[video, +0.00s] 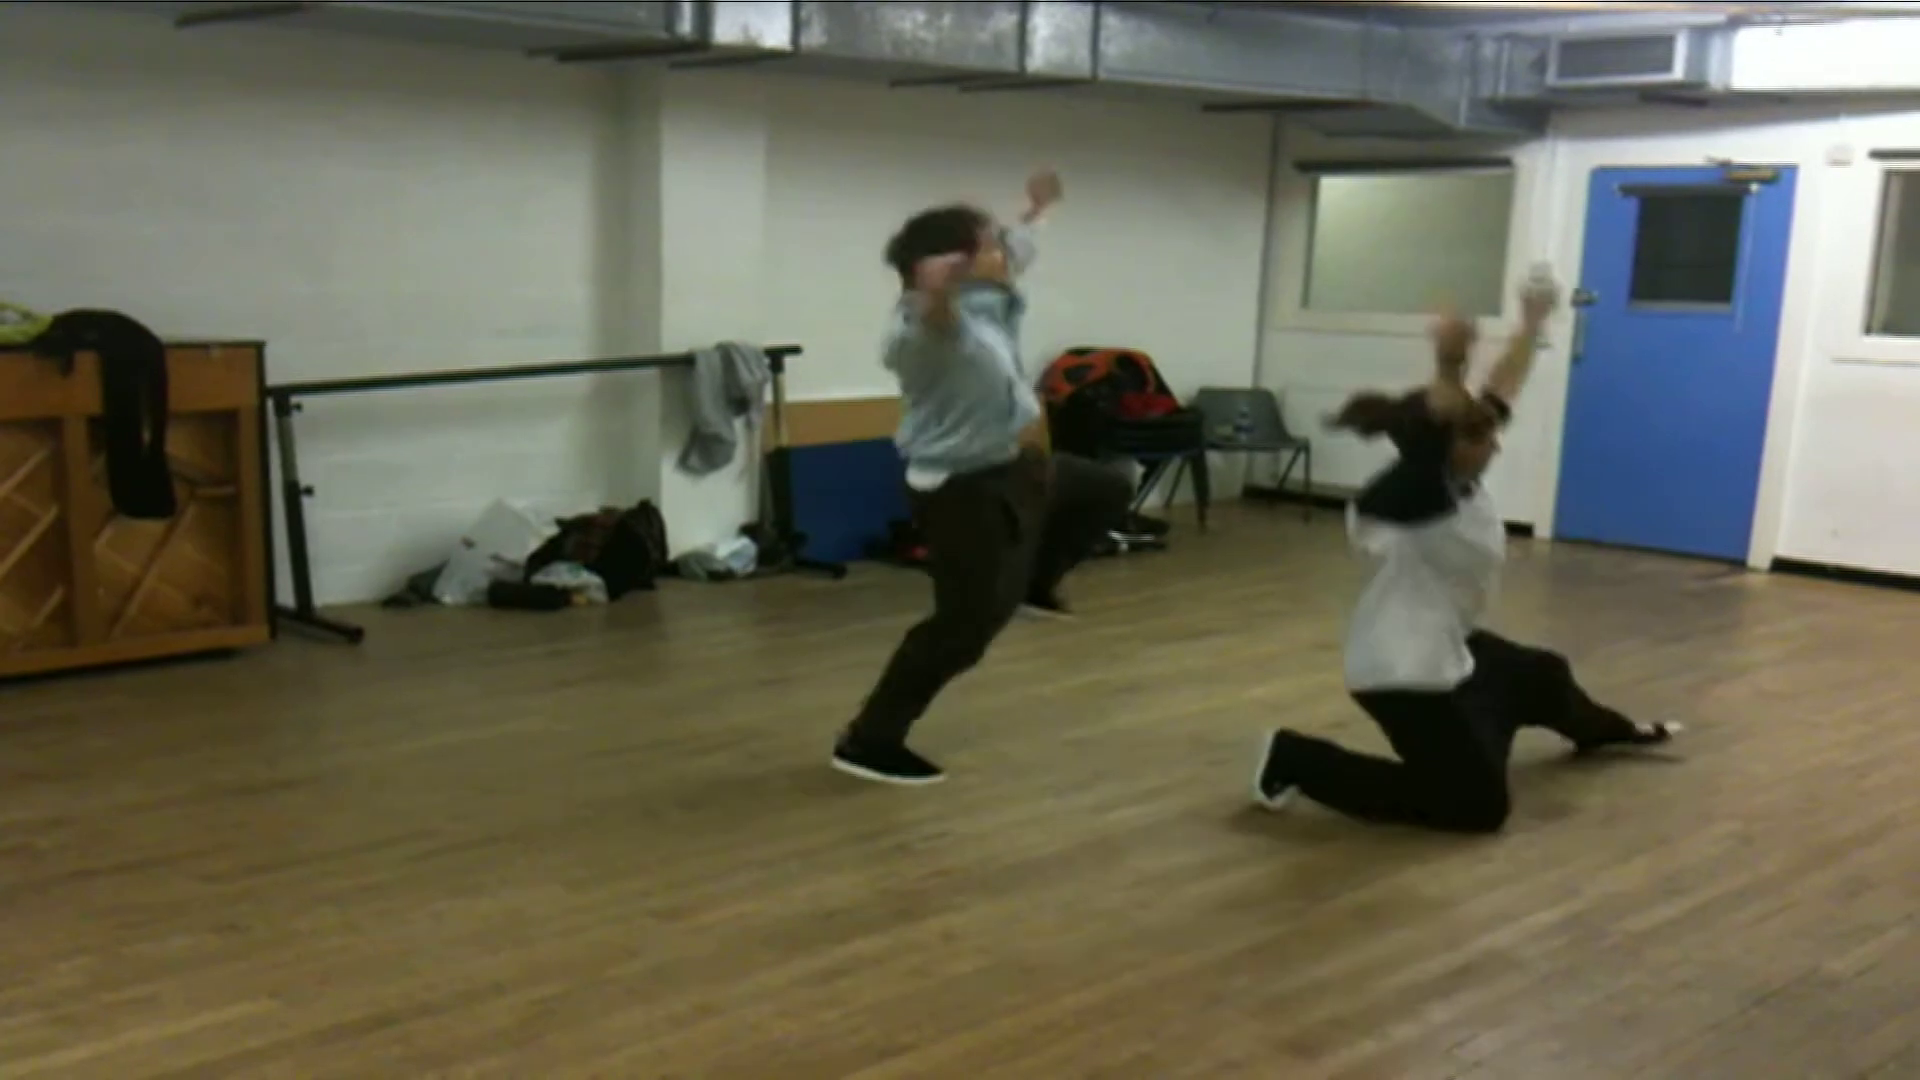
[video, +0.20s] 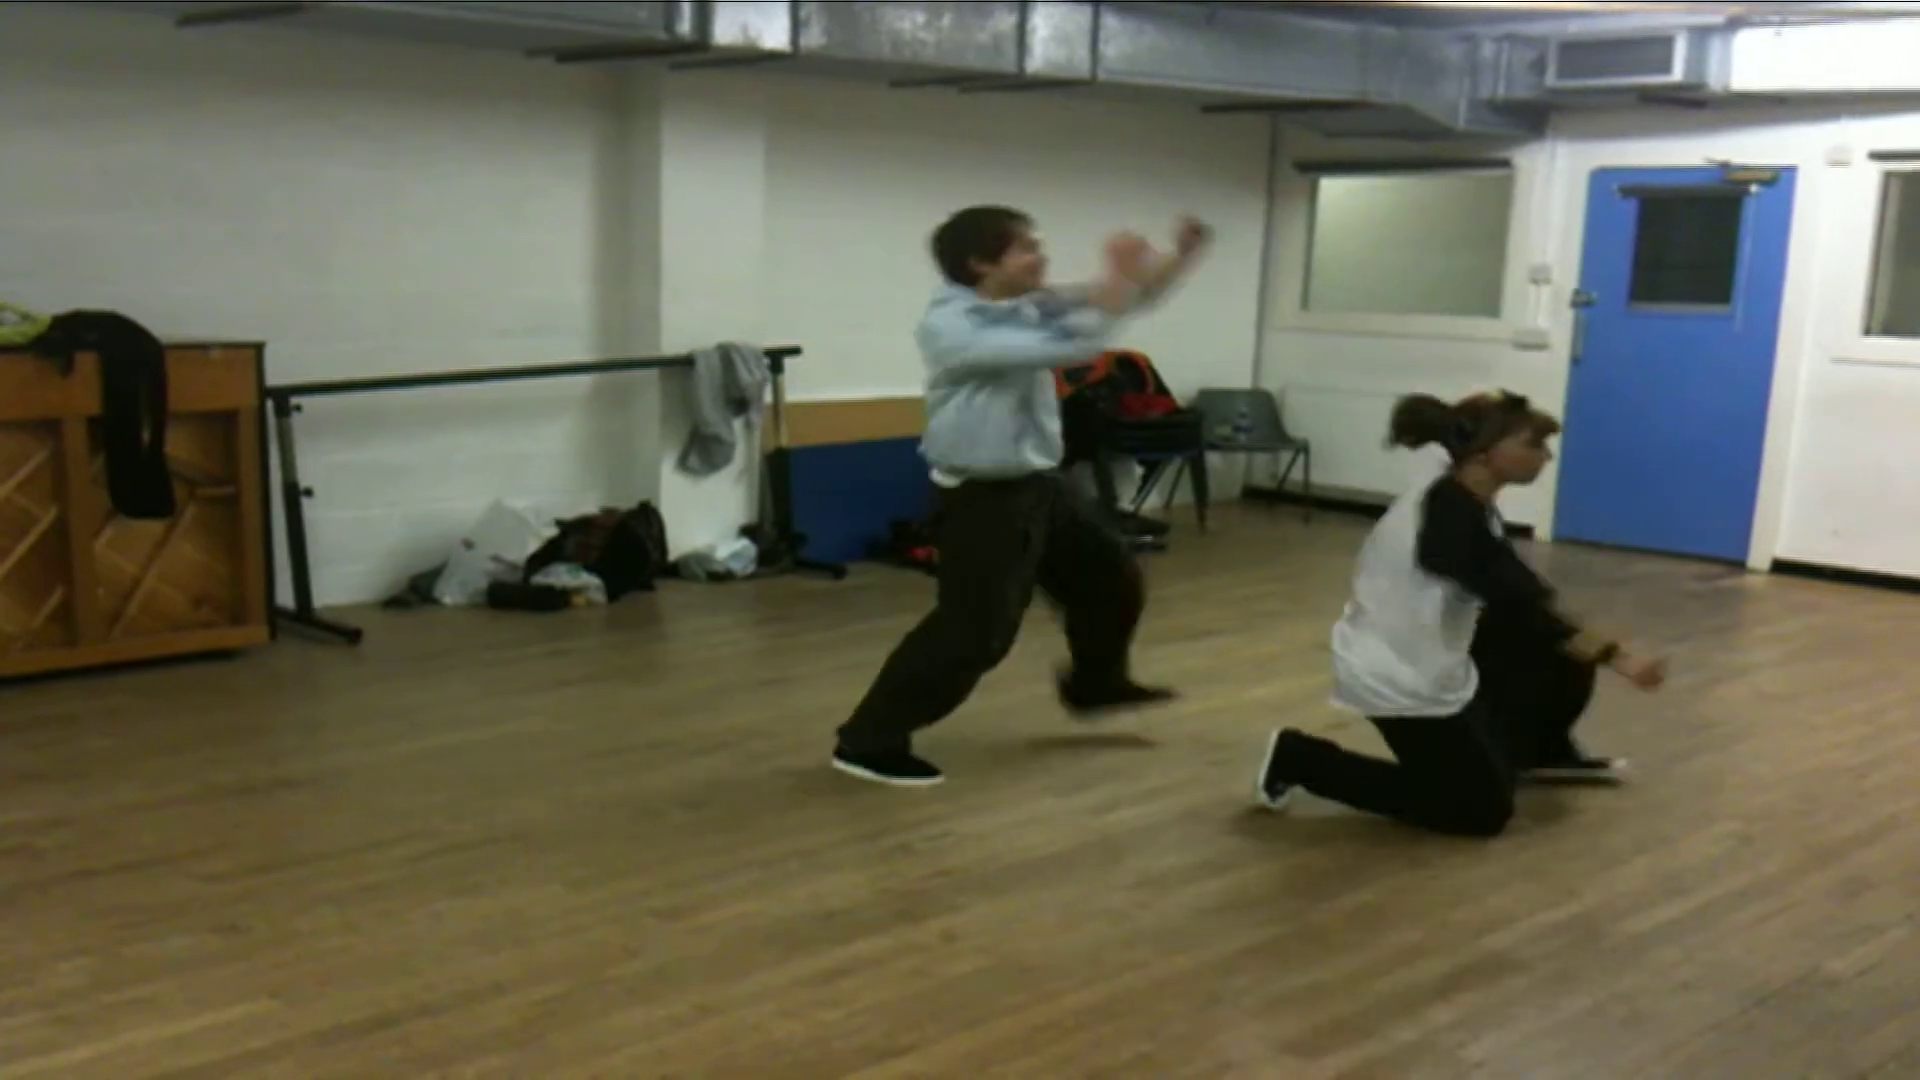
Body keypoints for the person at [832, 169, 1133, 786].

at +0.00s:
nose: (1002, 250)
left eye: (998, 242)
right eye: (988, 244)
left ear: (987, 259)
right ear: (942, 264)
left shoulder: (990, 305)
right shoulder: (918, 331)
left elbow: (1012, 258)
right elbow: (926, 331)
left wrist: (1035, 210)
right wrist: (938, 296)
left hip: (1014, 470)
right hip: (958, 490)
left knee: (1107, 489)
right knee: (968, 622)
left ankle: (1036, 581)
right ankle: (871, 739)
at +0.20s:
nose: (1039, 258)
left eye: (1036, 248)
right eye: (1026, 249)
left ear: (996, 263)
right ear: (981, 264)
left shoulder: (1028, 308)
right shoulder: (949, 326)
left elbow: (1109, 306)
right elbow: (1042, 347)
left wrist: (1178, 262)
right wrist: (1110, 295)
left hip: (1037, 489)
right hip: (980, 497)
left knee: (1110, 583)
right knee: (974, 630)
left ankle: (1098, 684)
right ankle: (869, 740)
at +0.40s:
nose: (1123, 275)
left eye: (1121, 265)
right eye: (1111, 265)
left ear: (1084, 280)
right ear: (1068, 275)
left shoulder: (1100, 330)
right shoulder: (1027, 320)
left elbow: (1160, 367)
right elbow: (1097, 367)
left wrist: (1210, 353)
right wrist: (1156, 350)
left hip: (1067, 504)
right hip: (1002, 502)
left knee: (1120, 615)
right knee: (989, 644)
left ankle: (1121, 722)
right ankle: (879, 737)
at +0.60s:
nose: (1112, 268)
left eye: (1114, 257)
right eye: (1100, 257)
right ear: (1051, 263)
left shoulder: (1096, 313)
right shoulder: (992, 313)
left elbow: (1127, 326)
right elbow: (895, 355)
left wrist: (1149, 327)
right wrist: (999, 330)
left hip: (1096, 495)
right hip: (1023, 500)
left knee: (1129, 611)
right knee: (992, 632)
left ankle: (1122, 718)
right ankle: (930, 753)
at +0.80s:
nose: (1147, 296)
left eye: (1149, 283)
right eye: (1135, 283)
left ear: (1094, 290)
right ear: (1084, 288)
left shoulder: (1121, 348)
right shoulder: (999, 347)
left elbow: (1134, 416)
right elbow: (932, 431)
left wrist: (1134, 469)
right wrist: (997, 502)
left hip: (1092, 516)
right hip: (1020, 517)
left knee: (1131, 612)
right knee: (998, 640)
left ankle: (1123, 720)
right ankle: (930, 754)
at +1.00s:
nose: (1169, 307)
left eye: (1168, 296)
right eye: (1154, 298)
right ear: (1105, 311)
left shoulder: (1153, 369)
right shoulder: (1035, 367)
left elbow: (1180, 443)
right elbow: (1031, 473)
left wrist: (1209, 501)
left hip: (1068, 520)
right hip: (999, 515)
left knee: (1144, 605)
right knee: (1012, 630)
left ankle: (1121, 716)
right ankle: (930, 751)